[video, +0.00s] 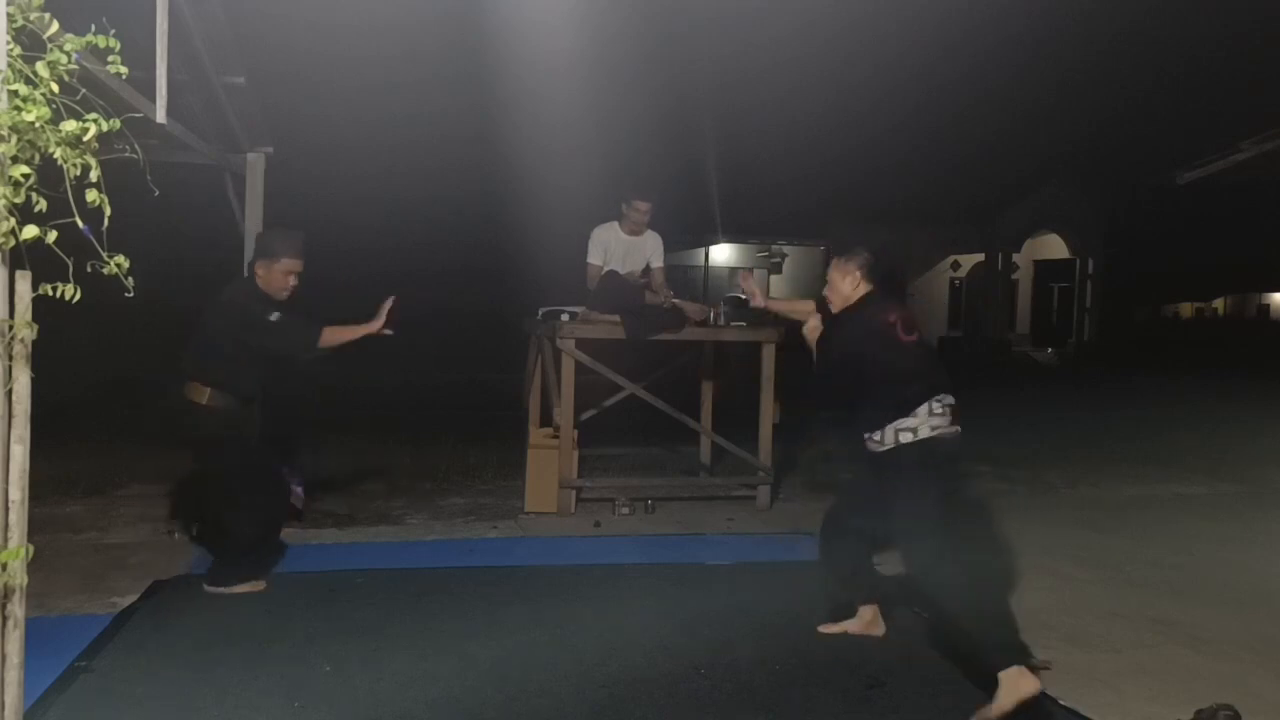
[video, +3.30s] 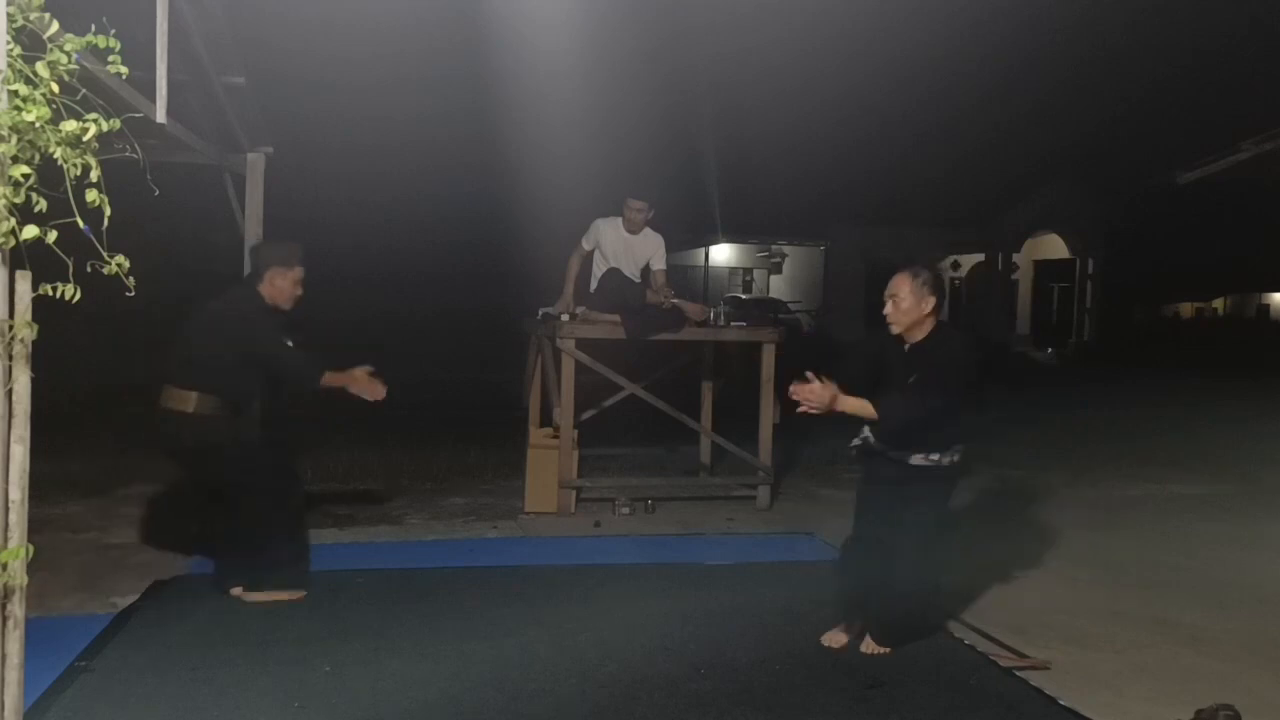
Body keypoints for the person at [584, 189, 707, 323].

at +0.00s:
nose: (642, 218)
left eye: (647, 213)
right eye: (637, 212)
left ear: (651, 214)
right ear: (624, 209)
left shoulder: (654, 240)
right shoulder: (602, 234)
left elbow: (659, 283)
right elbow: (592, 283)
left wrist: (665, 295)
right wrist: (623, 281)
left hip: (635, 301)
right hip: (602, 301)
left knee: (676, 318)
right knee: (611, 278)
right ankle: (680, 306)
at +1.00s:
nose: (631, 216)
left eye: (638, 212)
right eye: (628, 210)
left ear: (649, 214)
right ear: (623, 209)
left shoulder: (656, 242)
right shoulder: (602, 232)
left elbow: (660, 283)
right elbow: (583, 275)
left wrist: (668, 298)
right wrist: (617, 276)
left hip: (636, 302)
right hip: (602, 300)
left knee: (673, 316)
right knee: (612, 278)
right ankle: (679, 306)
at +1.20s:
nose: (624, 217)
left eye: (630, 213)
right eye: (622, 211)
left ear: (644, 214)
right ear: (618, 209)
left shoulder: (655, 241)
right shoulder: (601, 230)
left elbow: (660, 282)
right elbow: (579, 267)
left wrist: (669, 296)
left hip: (634, 301)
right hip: (601, 299)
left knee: (673, 317)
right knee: (612, 278)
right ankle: (679, 306)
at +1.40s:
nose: (618, 217)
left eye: (624, 213)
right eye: (616, 212)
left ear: (639, 214)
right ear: (612, 210)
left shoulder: (653, 240)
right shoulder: (598, 229)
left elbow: (659, 282)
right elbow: (573, 263)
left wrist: (669, 298)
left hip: (633, 301)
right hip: (600, 299)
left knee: (675, 317)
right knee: (612, 275)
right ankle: (680, 306)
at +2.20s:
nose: (627, 214)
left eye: (634, 210)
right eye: (625, 208)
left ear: (648, 212)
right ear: (620, 207)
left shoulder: (655, 241)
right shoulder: (600, 227)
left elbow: (659, 282)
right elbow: (577, 256)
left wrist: (668, 296)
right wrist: (569, 294)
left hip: (634, 301)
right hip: (600, 299)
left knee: (675, 317)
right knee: (613, 276)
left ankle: (604, 316)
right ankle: (681, 306)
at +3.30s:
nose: (632, 216)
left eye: (640, 212)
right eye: (629, 210)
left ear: (650, 214)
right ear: (623, 208)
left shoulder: (655, 241)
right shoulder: (601, 227)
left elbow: (660, 284)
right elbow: (577, 256)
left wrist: (669, 297)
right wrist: (567, 295)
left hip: (634, 301)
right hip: (601, 298)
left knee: (674, 317)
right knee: (613, 276)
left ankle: (603, 317)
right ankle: (679, 306)